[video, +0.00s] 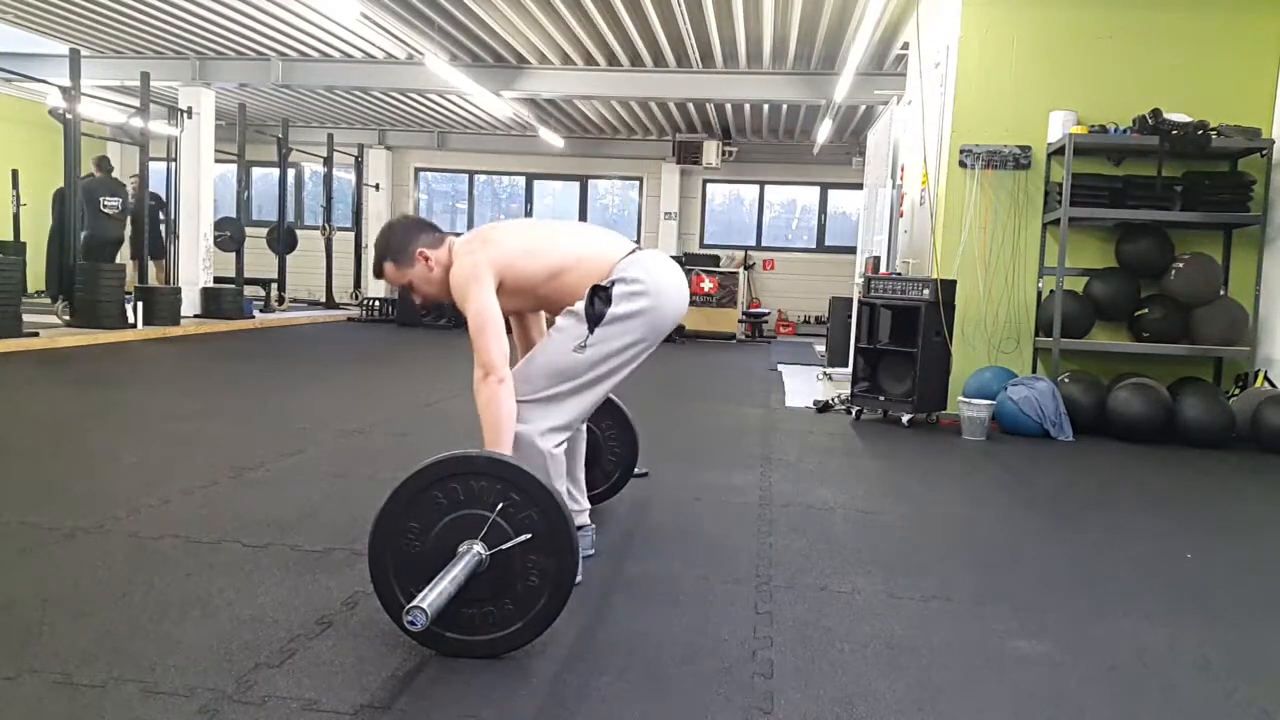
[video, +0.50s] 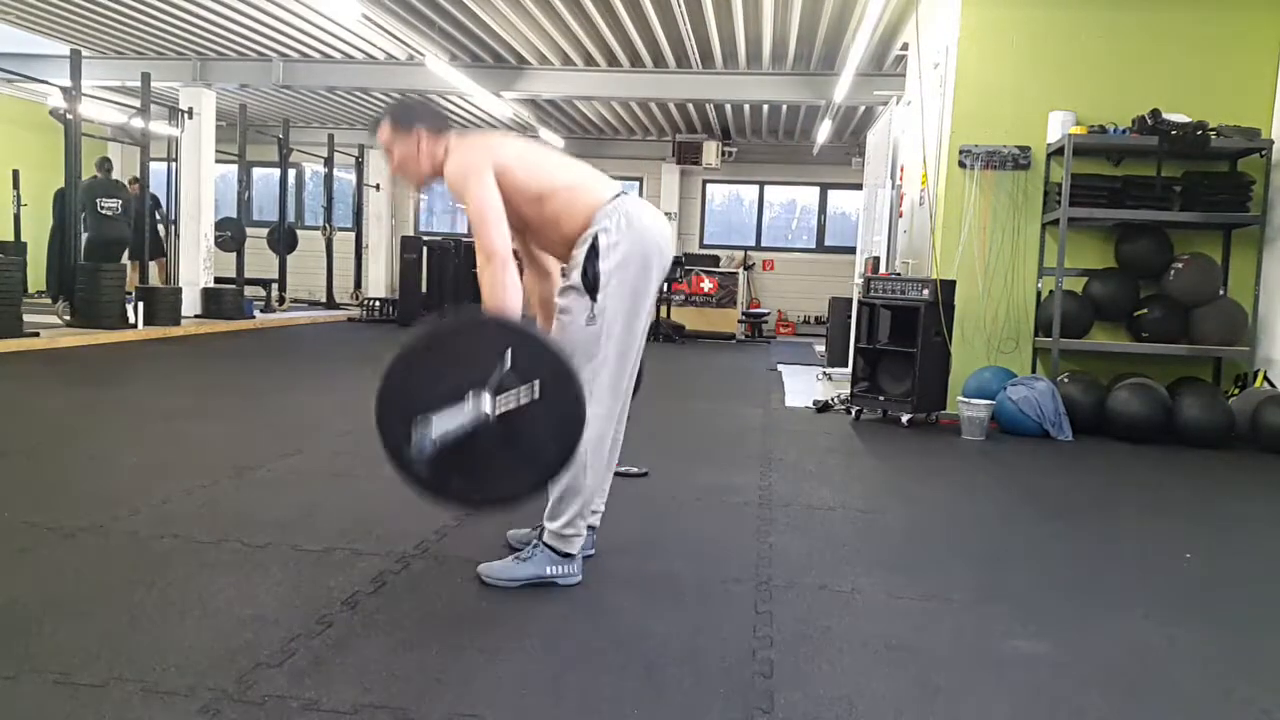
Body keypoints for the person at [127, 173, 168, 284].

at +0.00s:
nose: (133, 186)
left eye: (135, 183)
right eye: (131, 183)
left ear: (142, 183)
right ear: (129, 185)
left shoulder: (154, 197)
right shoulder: (131, 199)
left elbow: (166, 213)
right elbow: (126, 213)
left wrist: (170, 231)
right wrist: (129, 198)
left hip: (153, 233)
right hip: (137, 233)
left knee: (158, 262)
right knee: (136, 262)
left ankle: (163, 289)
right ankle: (137, 290)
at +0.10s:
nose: (131, 186)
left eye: (134, 183)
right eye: (129, 184)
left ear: (140, 183)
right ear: (127, 186)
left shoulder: (153, 197)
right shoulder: (128, 199)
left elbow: (165, 215)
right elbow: (124, 220)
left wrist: (170, 232)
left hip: (152, 234)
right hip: (135, 235)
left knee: (158, 262)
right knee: (135, 264)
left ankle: (163, 290)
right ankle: (134, 292)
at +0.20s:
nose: (130, 186)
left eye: (133, 183)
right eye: (128, 183)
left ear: (140, 183)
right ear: (126, 186)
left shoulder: (152, 198)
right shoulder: (127, 200)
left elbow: (163, 215)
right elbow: (123, 219)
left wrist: (169, 233)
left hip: (151, 234)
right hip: (134, 236)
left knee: (158, 264)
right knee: (134, 266)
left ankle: (164, 291)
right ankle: (131, 294)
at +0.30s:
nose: (131, 187)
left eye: (133, 184)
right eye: (128, 185)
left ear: (139, 184)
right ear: (126, 187)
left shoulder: (151, 198)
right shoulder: (127, 200)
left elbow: (162, 216)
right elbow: (124, 219)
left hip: (151, 234)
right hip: (134, 235)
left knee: (158, 263)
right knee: (133, 265)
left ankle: (164, 292)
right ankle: (130, 293)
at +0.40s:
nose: (132, 188)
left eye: (134, 184)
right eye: (130, 185)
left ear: (140, 185)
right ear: (127, 187)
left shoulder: (151, 198)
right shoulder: (128, 201)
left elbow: (162, 215)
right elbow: (124, 219)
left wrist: (168, 230)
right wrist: (125, 235)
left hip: (151, 233)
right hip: (135, 234)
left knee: (161, 262)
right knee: (134, 264)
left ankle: (166, 290)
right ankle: (130, 292)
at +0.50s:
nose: (134, 189)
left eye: (136, 186)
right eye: (131, 187)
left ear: (140, 186)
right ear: (129, 188)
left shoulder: (151, 198)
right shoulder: (128, 200)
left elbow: (162, 215)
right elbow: (124, 218)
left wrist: (167, 230)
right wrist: (126, 234)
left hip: (151, 232)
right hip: (135, 233)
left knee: (161, 261)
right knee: (134, 263)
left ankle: (165, 288)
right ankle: (131, 291)